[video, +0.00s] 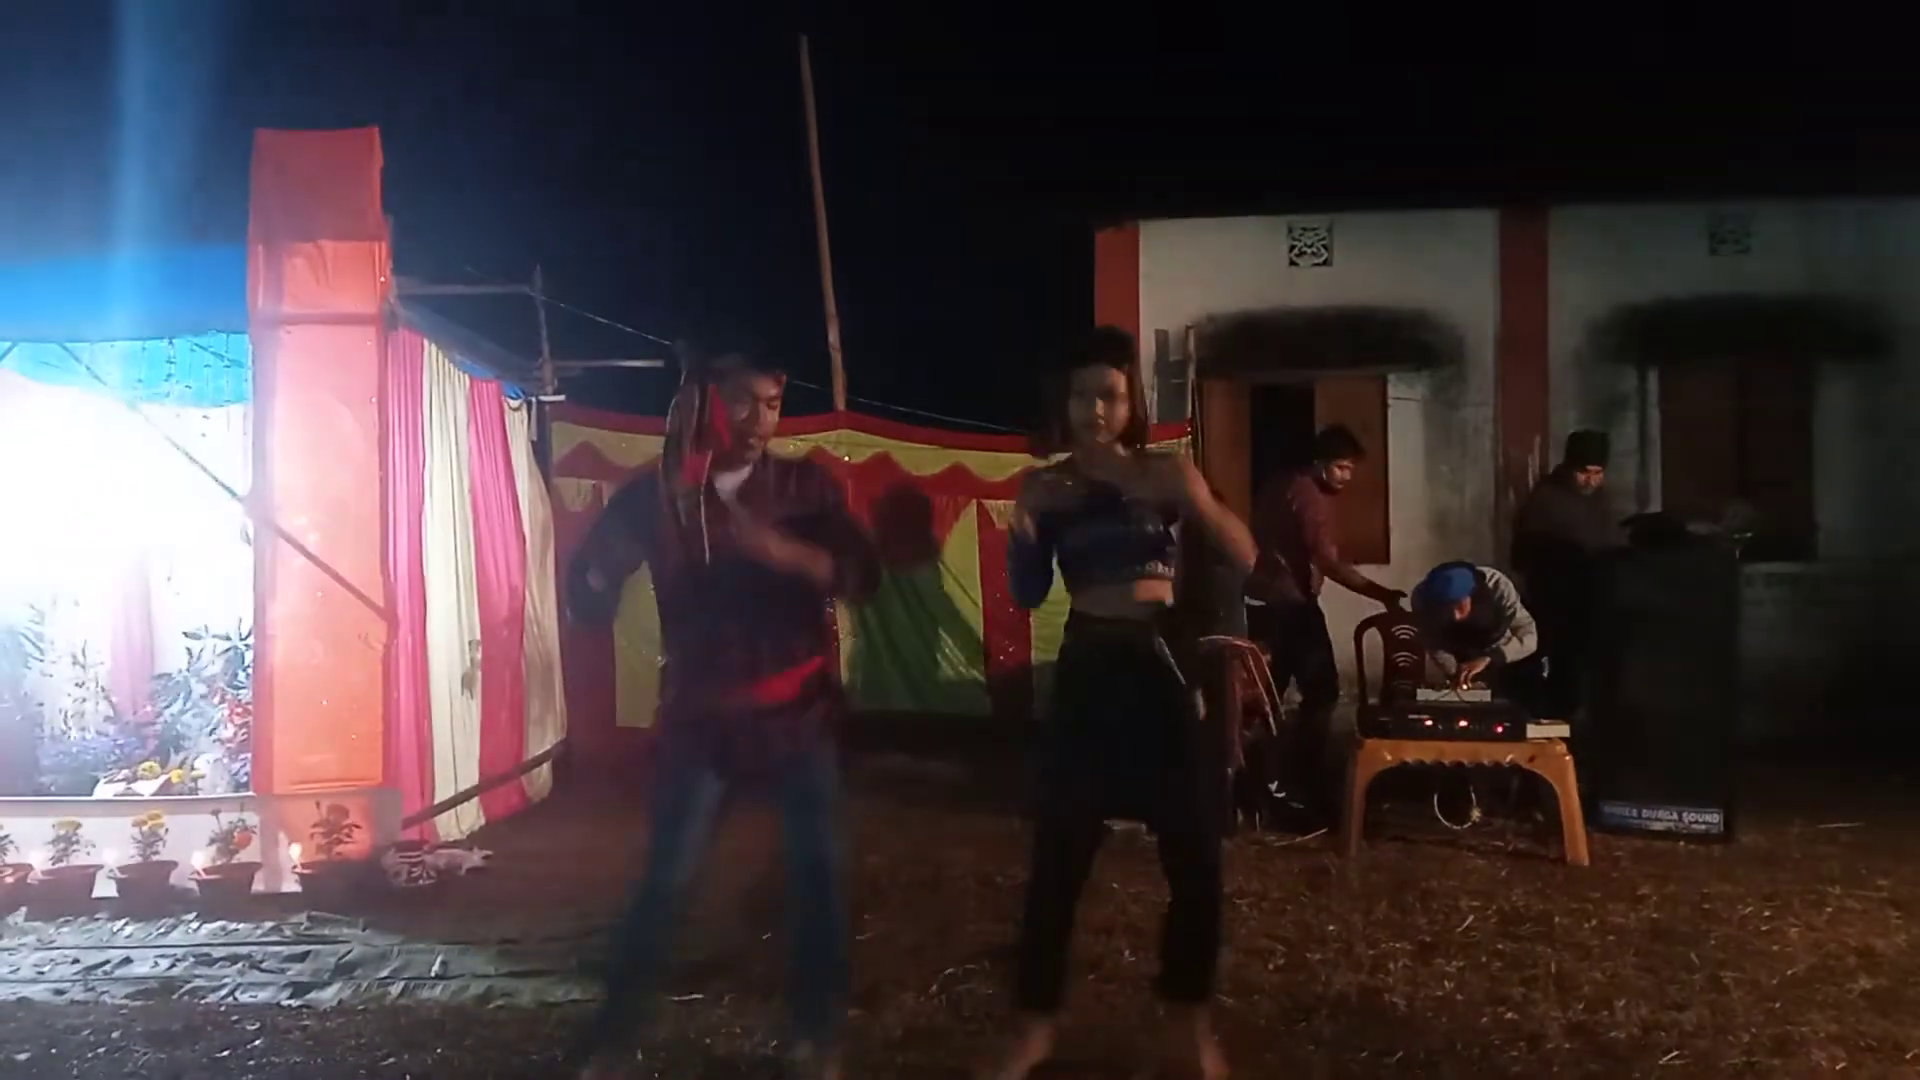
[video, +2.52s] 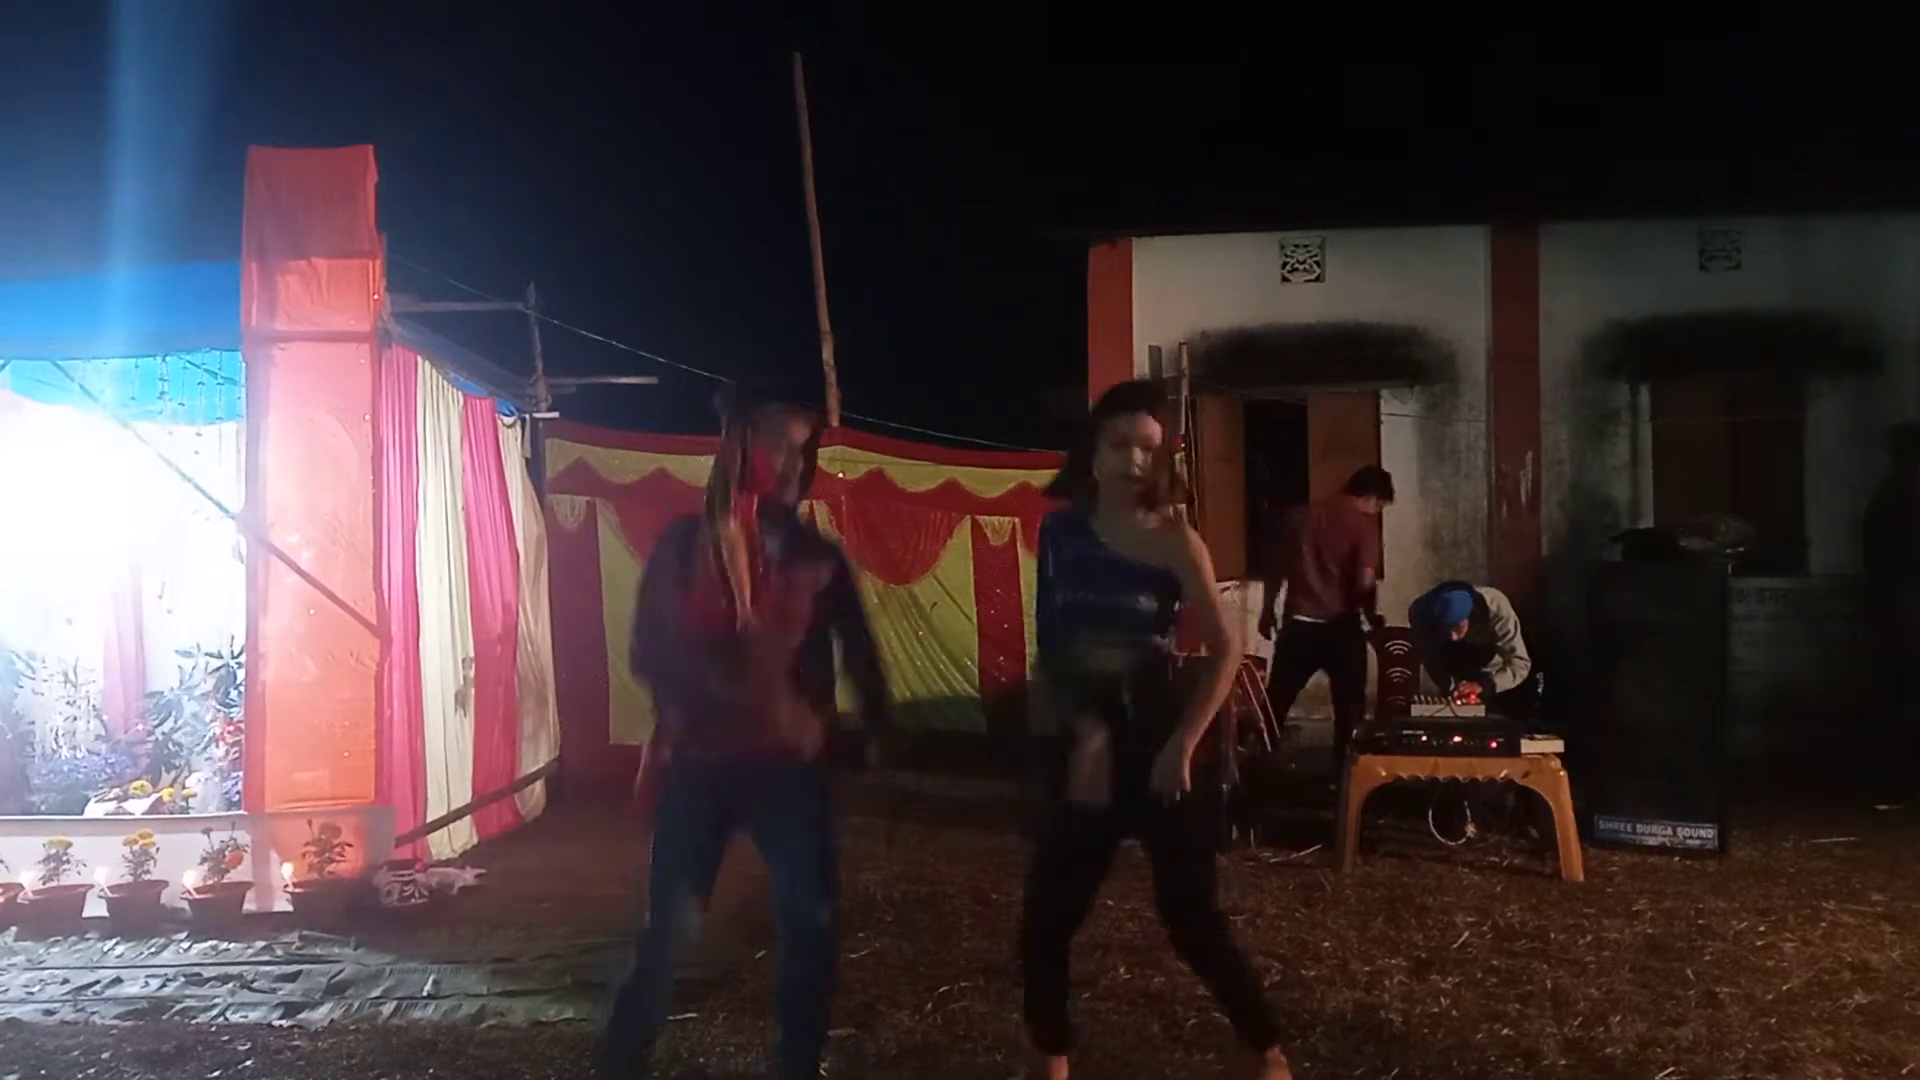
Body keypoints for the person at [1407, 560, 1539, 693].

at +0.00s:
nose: (1456, 617)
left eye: (1461, 608)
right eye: (1450, 610)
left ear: (1471, 595)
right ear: (1437, 602)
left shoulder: (1497, 587)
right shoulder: (1421, 599)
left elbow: (1529, 638)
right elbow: (1432, 643)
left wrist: (1488, 659)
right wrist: (1456, 673)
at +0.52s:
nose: (1458, 626)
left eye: (1462, 617)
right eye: (1451, 619)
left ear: (1473, 604)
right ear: (1440, 611)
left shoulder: (1498, 594)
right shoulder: (1424, 607)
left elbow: (1527, 647)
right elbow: (1435, 657)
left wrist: (1487, 668)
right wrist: (1460, 683)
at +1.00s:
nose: (1458, 629)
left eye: (1463, 620)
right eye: (1452, 623)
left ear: (1474, 608)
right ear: (1440, 616)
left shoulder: (1499, 598)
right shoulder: (1427, 607)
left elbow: (1535, 652)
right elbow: (1436, 655)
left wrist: (1494, 672)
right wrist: (1452, 686)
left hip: (1493, 645)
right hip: (1454, 647)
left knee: (1531, 679)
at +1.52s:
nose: (1457, 631)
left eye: (1461, 622)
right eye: (1450, 624)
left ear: (1472, 611)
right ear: (1441, 618)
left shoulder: (1499, 602)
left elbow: (1525, 660)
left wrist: (1488, 682)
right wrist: (1458, 682)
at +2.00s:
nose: (1454, 636)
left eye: (1459, 627)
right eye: (1447, 630)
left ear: (1470, 616)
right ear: (1436, 622)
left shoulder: (1498, 607)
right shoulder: (1421, 612)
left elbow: (1521, 662)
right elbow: (1430, 662)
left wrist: (1484, 685)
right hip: (1447, 654)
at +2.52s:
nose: (1453, 637)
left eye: (1458, 629)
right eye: (1447, 632)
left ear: (1469, 619)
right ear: (1436, 623)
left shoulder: (1497, 608)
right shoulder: (1419, 613)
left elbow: (1520, 663)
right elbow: (1430, 659)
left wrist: (1483, 686)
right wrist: (1450, 688)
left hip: (1486, 652)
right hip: (1446, 654)